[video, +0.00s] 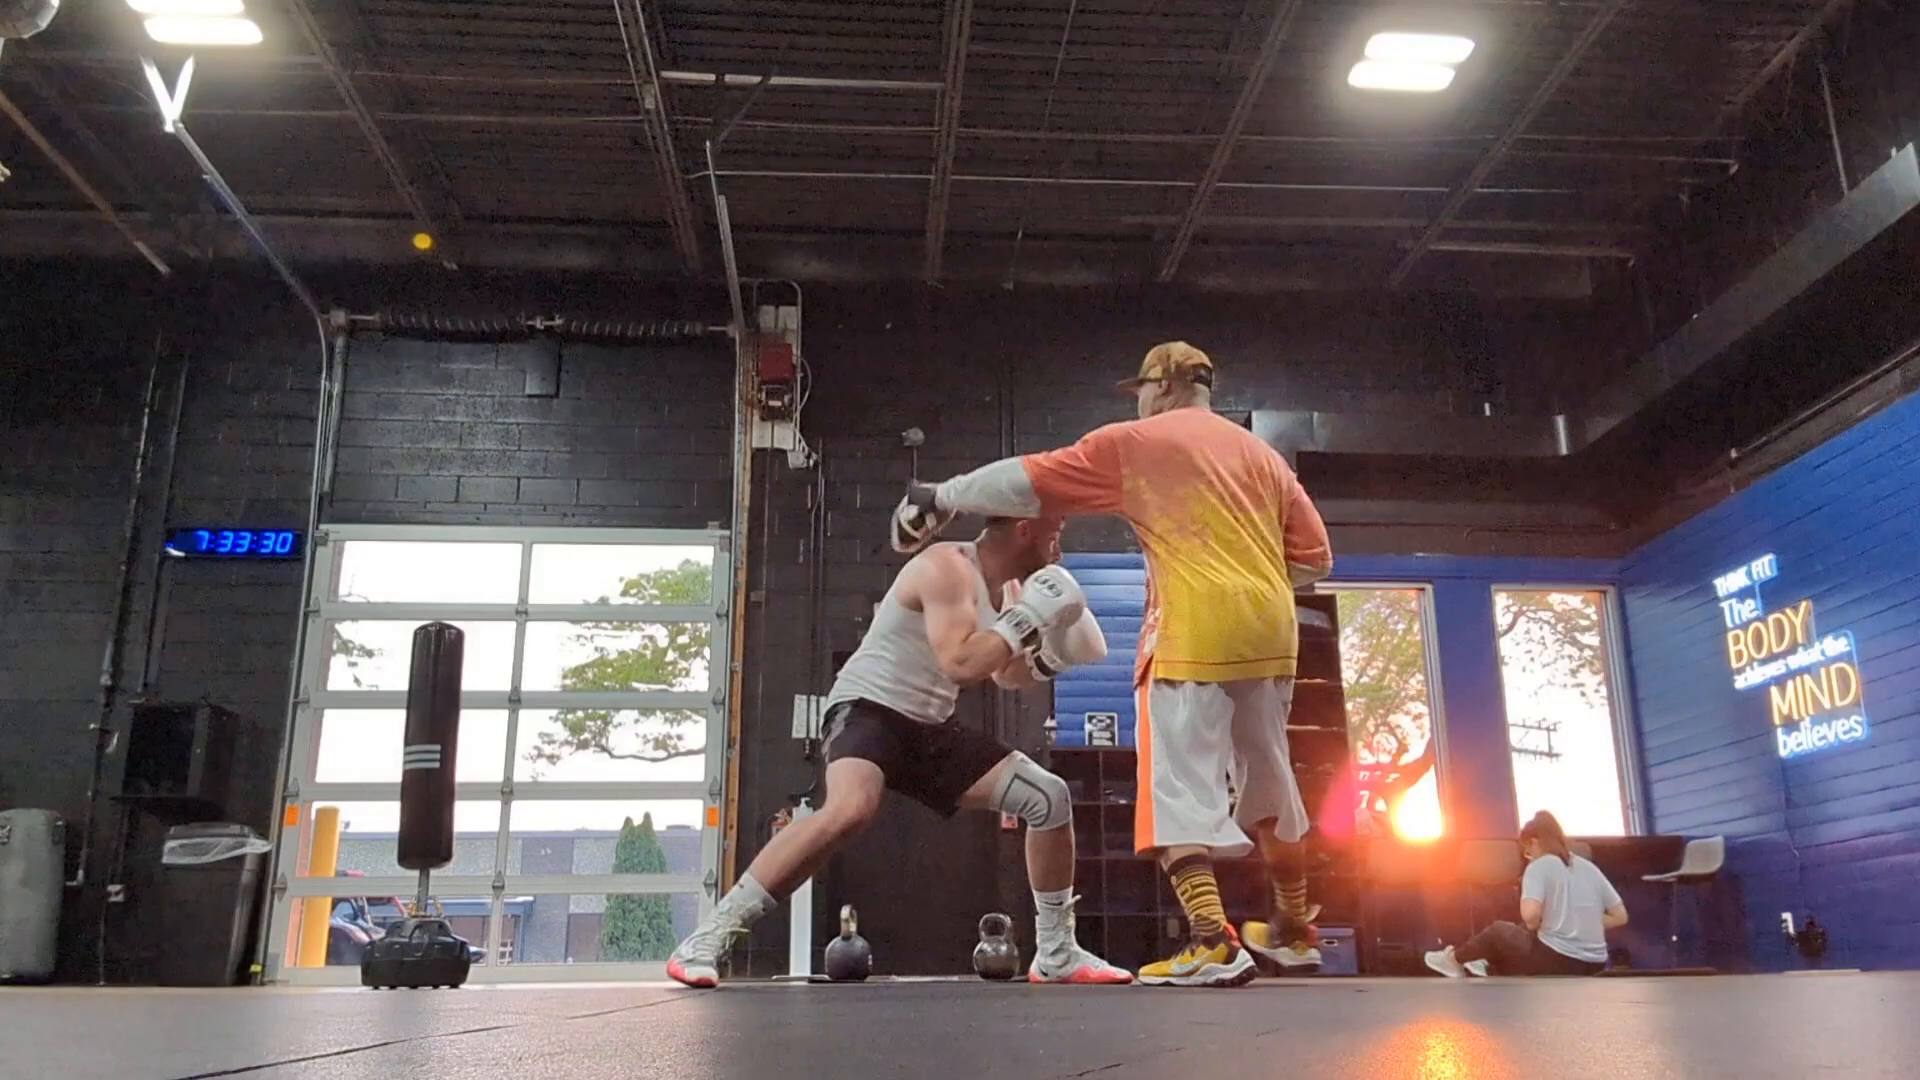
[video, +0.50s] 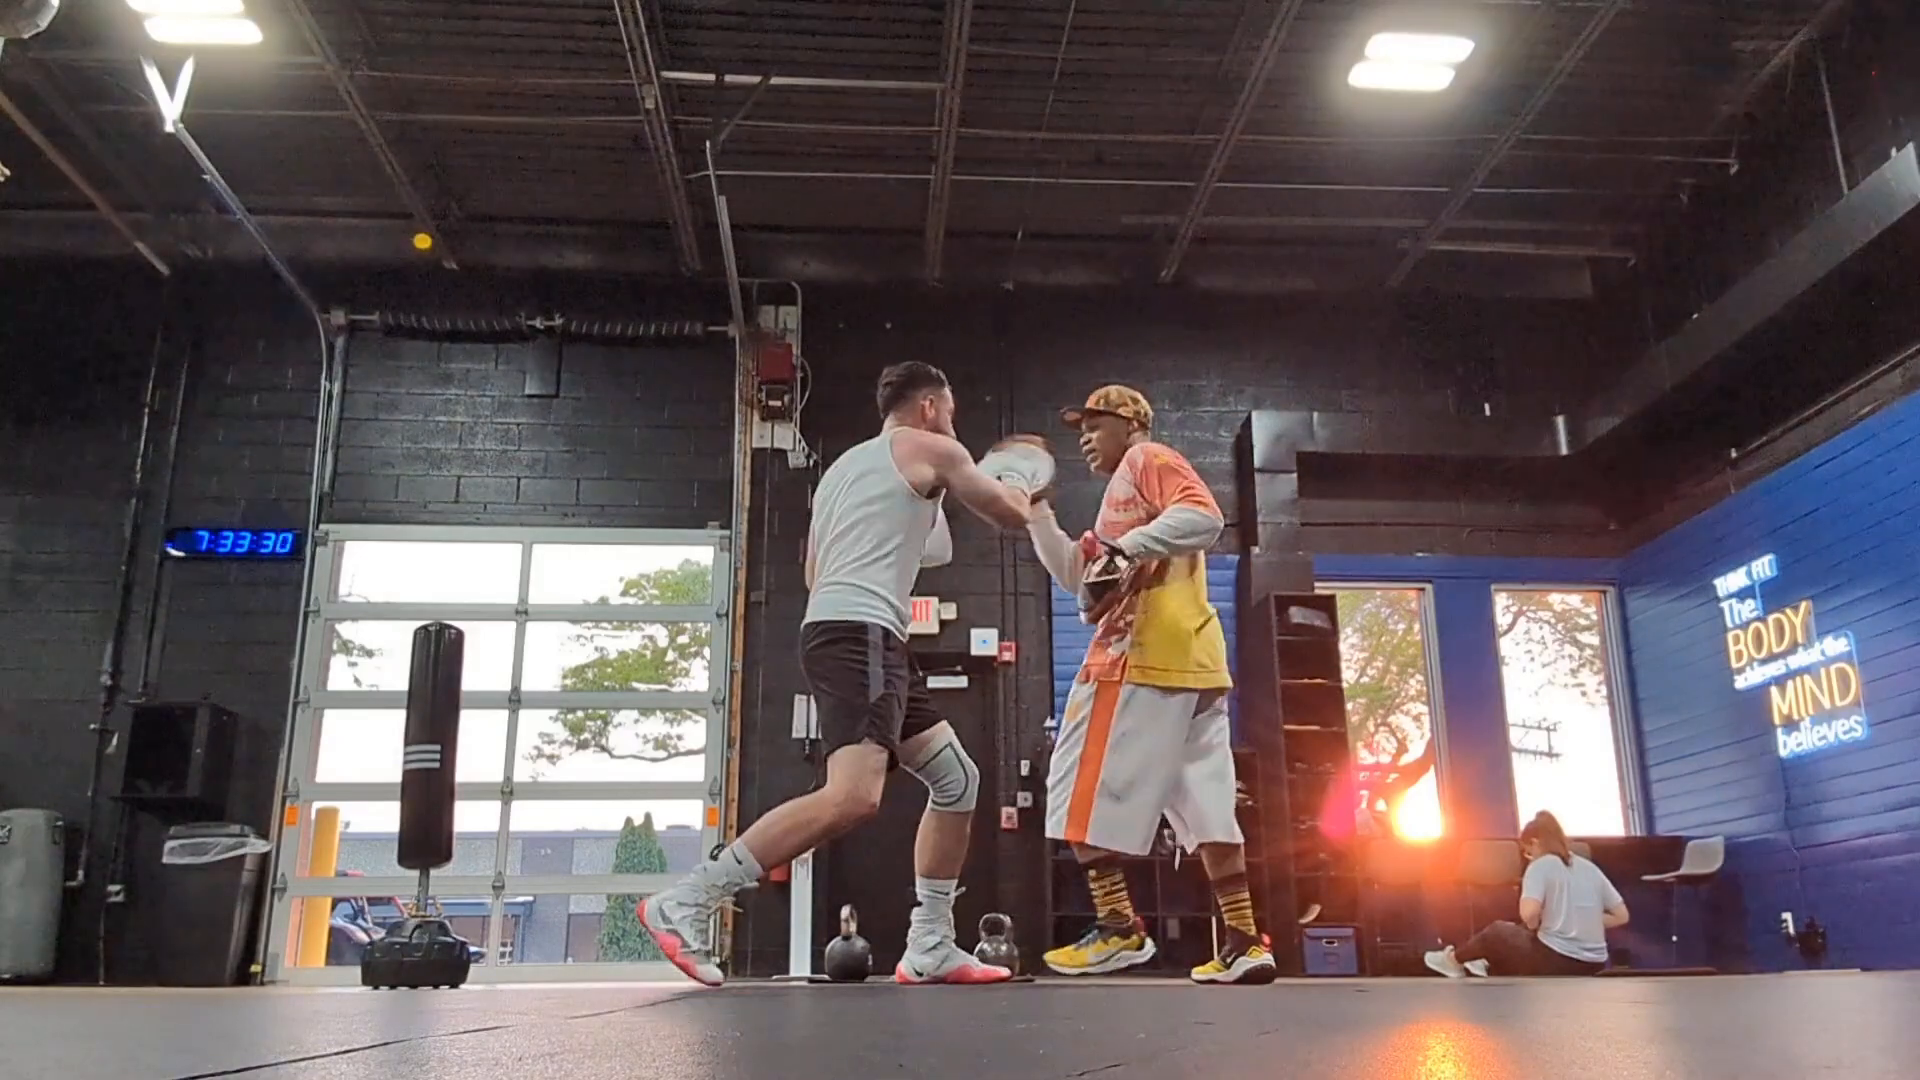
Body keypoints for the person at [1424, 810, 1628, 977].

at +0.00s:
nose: (1527, 858)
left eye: (1526, 852)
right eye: (1525, 853)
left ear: (1536, 842)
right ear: (1559, 840)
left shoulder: (1539, 866)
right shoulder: (1588, 867)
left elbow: (1530, 914)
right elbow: (1620, 917)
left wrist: (1534, 931)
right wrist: (1583, 925)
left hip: (1559, 960)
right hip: (1595, 963)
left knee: (1499, 931)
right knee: (1524, 938)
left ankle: (1453, 959)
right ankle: (1488, 967)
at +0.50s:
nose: (1528, 859)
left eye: (1527, 852)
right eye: (1525, 854)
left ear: (1536, 843)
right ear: (1561, 840)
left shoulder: (1540, 866)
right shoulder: (1589, 868)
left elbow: (1529, 913)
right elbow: (1621, 916)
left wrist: (1534, 929)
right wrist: (1584, 923)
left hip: (1559, 959)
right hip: (1595, 962)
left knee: (1498, 931)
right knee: (1522, 937)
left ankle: (1452, 959)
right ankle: (1485, 964)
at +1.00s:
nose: (1529, 856)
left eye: (1529, 850)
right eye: (1527, 851)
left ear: (1538, 842)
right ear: (1561, 840)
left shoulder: (1540, 866)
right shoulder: (1590, 867)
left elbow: (1527, 913)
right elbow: (1618, 918)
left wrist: (1536, 932)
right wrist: (1581, 924)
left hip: (1559, 959)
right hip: (1595, 962)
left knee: (1497, 931)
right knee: (1521, 937)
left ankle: (1453, 959)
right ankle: (1485, 964)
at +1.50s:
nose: (1530, 854)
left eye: (1530, 848)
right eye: (1528, 849)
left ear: (1539, 841)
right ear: (1563, 839)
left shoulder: (1543, 867)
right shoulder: (1590, 868)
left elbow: (1514, 911)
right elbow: (1620, 918)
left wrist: (1534, 924)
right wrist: (1582, 922)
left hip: (1560, 959)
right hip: (1595, 962)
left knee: (1498, 931)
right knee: (1524, 935)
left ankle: (1453, 959)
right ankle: (1486, 964)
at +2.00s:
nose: (1529, 853)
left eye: (1529, 847)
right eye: (1528, 848)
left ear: (1538, 840)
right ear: (1562, 839)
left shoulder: (1540, 867)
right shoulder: (1590, 868)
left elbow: (1505, 909)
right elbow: (1620, 918)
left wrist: (1532, 923)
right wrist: (1582, 923)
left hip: (1559, 959)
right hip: (1595, 962)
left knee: (1497, 931)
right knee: (1522, 935)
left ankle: (1453, 959)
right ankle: (1488, 965)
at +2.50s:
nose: (1527, 853)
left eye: (1527, 848)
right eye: (1526, 848)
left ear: (1535, 843)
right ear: (1561, 840)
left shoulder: (1536, 866)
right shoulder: (1592, 866)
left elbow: (1509, 903)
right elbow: (1627, 909)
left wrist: (1530, 921)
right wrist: (1592, 920)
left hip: (1556, 958)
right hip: (1595, 961)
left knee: (1498, 931)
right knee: (1522, 938)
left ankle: (1451, 959)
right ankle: (1487, 964)